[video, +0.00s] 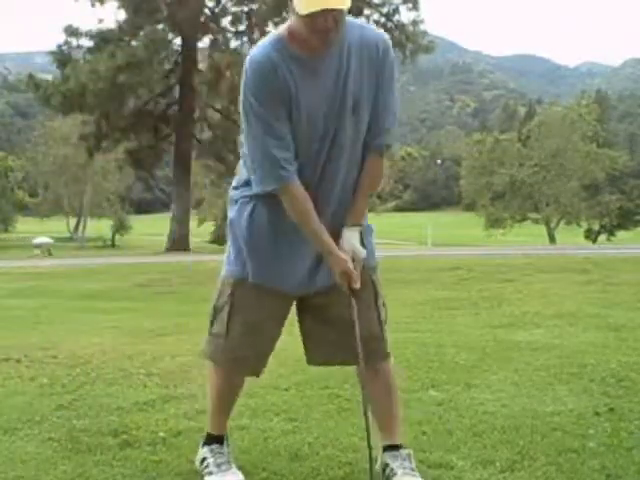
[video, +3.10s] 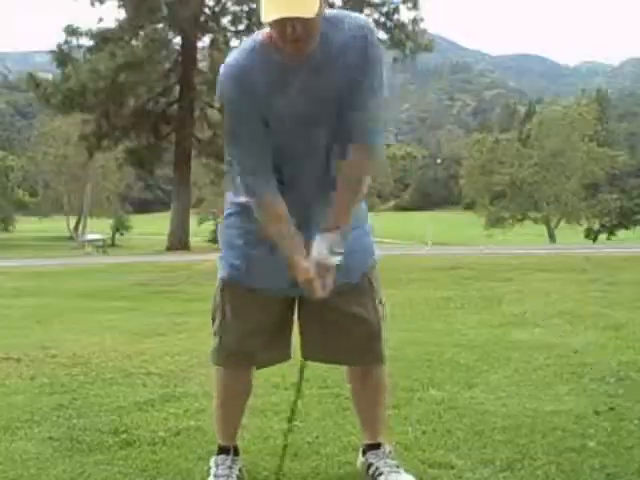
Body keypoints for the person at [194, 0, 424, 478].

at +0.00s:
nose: (328, 21)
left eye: (336, 10)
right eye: (315, 13)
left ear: (349, 4)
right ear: (293, 8)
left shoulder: (375, 47)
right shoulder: (266, 63)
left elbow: (376, 149)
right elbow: (279, 174)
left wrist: (352, 228)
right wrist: (329, 249)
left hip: (343, 225)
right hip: (269, 223)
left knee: (373, 344)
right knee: (236, 343)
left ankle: (394, 455)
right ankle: (214, 446)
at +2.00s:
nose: (337, 64)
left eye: (348, 52)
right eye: (324, 54)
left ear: (363, 33)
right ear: (302, 35)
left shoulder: (385, 68)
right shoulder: (272, 86)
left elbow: (375, 169)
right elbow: (290, 199)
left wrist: (352, 256)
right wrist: (328, 277)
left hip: (346, 226)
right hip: (269, 225)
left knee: (367, 341)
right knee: (243, 342)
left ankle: (377, 450)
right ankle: (226, 454)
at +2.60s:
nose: (351, 48)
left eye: (359, 36)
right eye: (338, 39)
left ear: (374, 19)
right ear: (315, 26)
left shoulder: (397, 46)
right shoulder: (296, 84)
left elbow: (409, 148)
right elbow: (341, 195)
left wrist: (410, 232)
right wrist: (399, 259)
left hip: (372, 223)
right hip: (299, 227)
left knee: (386, 341)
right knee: (265, 347)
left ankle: (379, 452)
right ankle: (229, 455)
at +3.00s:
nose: (307, 37)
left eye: (318, 24)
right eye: (294, 27)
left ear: (336, 10)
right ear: (277, 18)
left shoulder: (365, 32)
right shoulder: (264, 81)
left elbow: (394, 128)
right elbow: (317, 186)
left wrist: (398, 208)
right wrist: (382, 249)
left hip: (346, 217)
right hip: (269, 221)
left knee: (369, 339)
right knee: (241, 348)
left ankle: (378, 455)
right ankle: (226, 457)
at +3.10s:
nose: (292, 31)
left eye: (303, 19)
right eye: (281, 21)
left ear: (322, 10)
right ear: (264, 16)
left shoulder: (357, 39)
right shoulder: (240, 73)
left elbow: (362, 145)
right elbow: (257, 180)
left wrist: (333, 236)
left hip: (340, 216)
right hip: (257, 217)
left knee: (366, 338)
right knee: (236, 344)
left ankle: (376, 453)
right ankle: (226, 457)